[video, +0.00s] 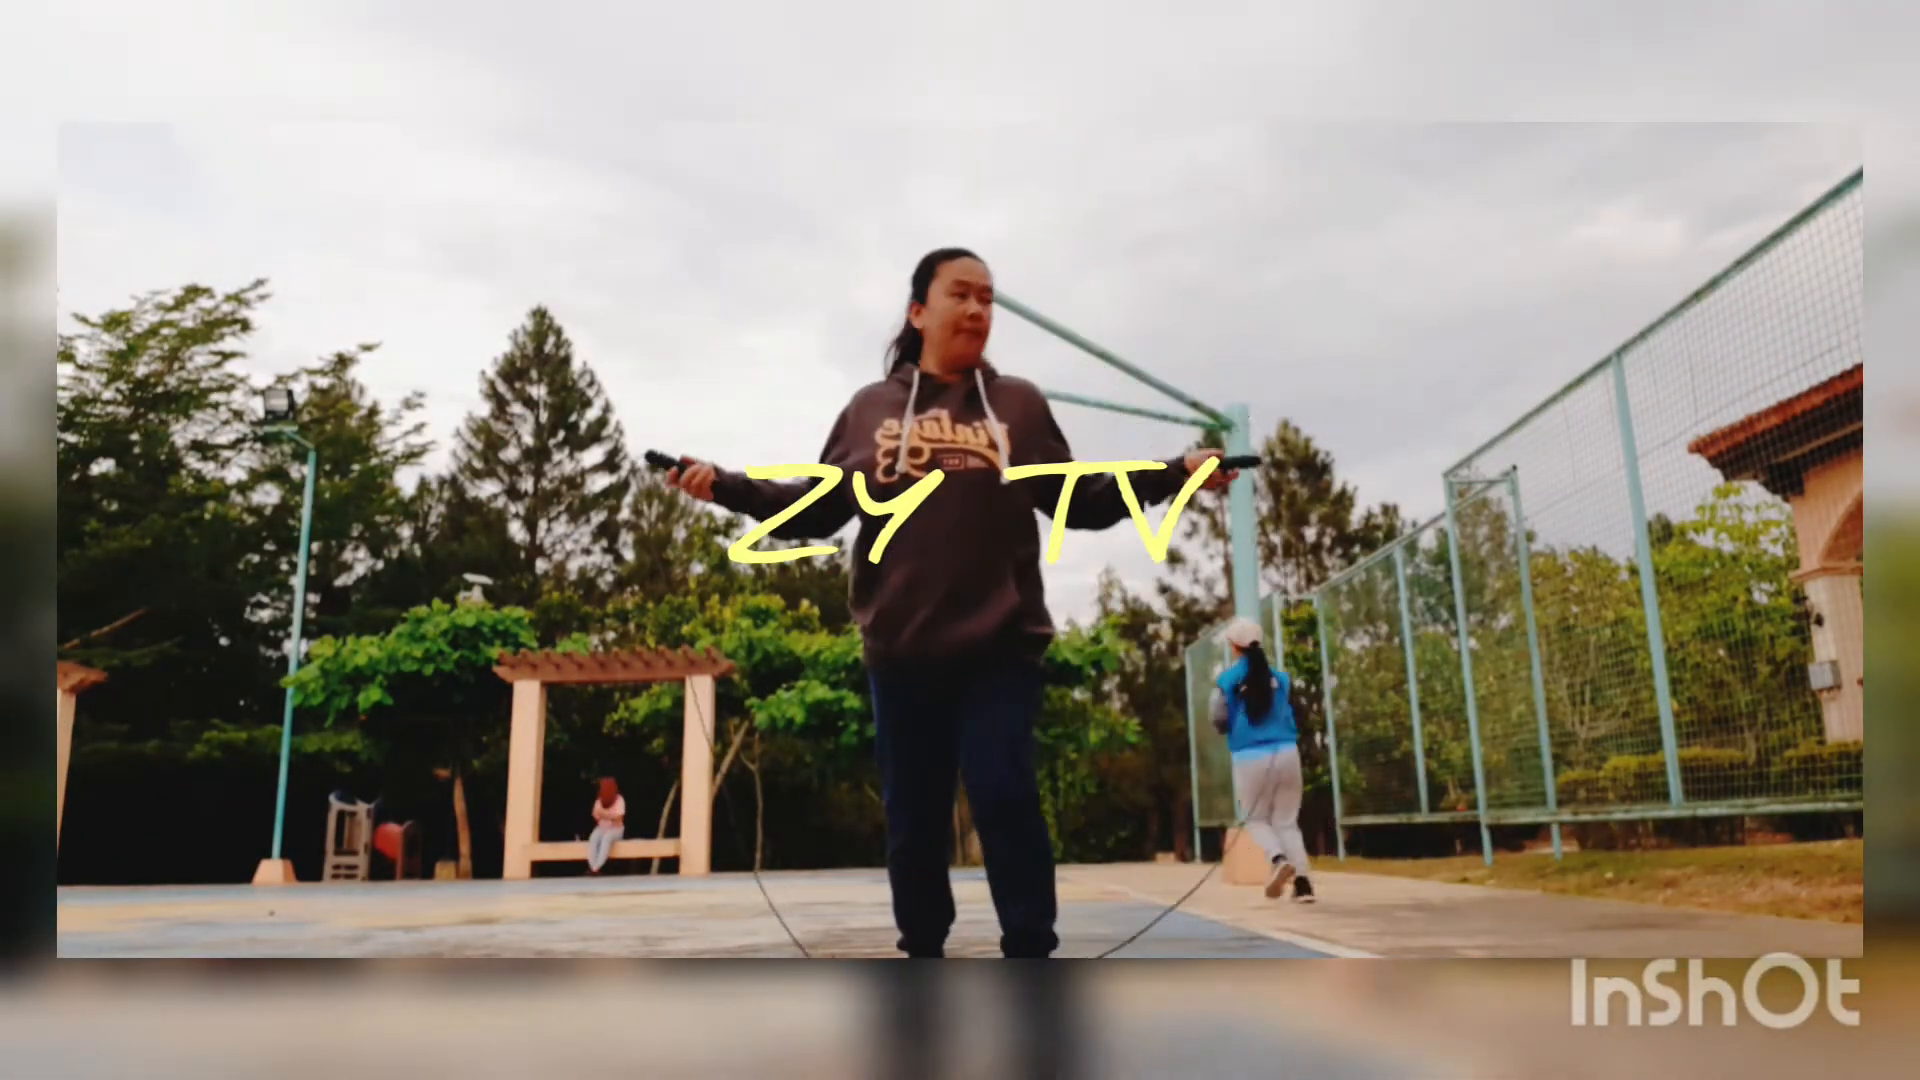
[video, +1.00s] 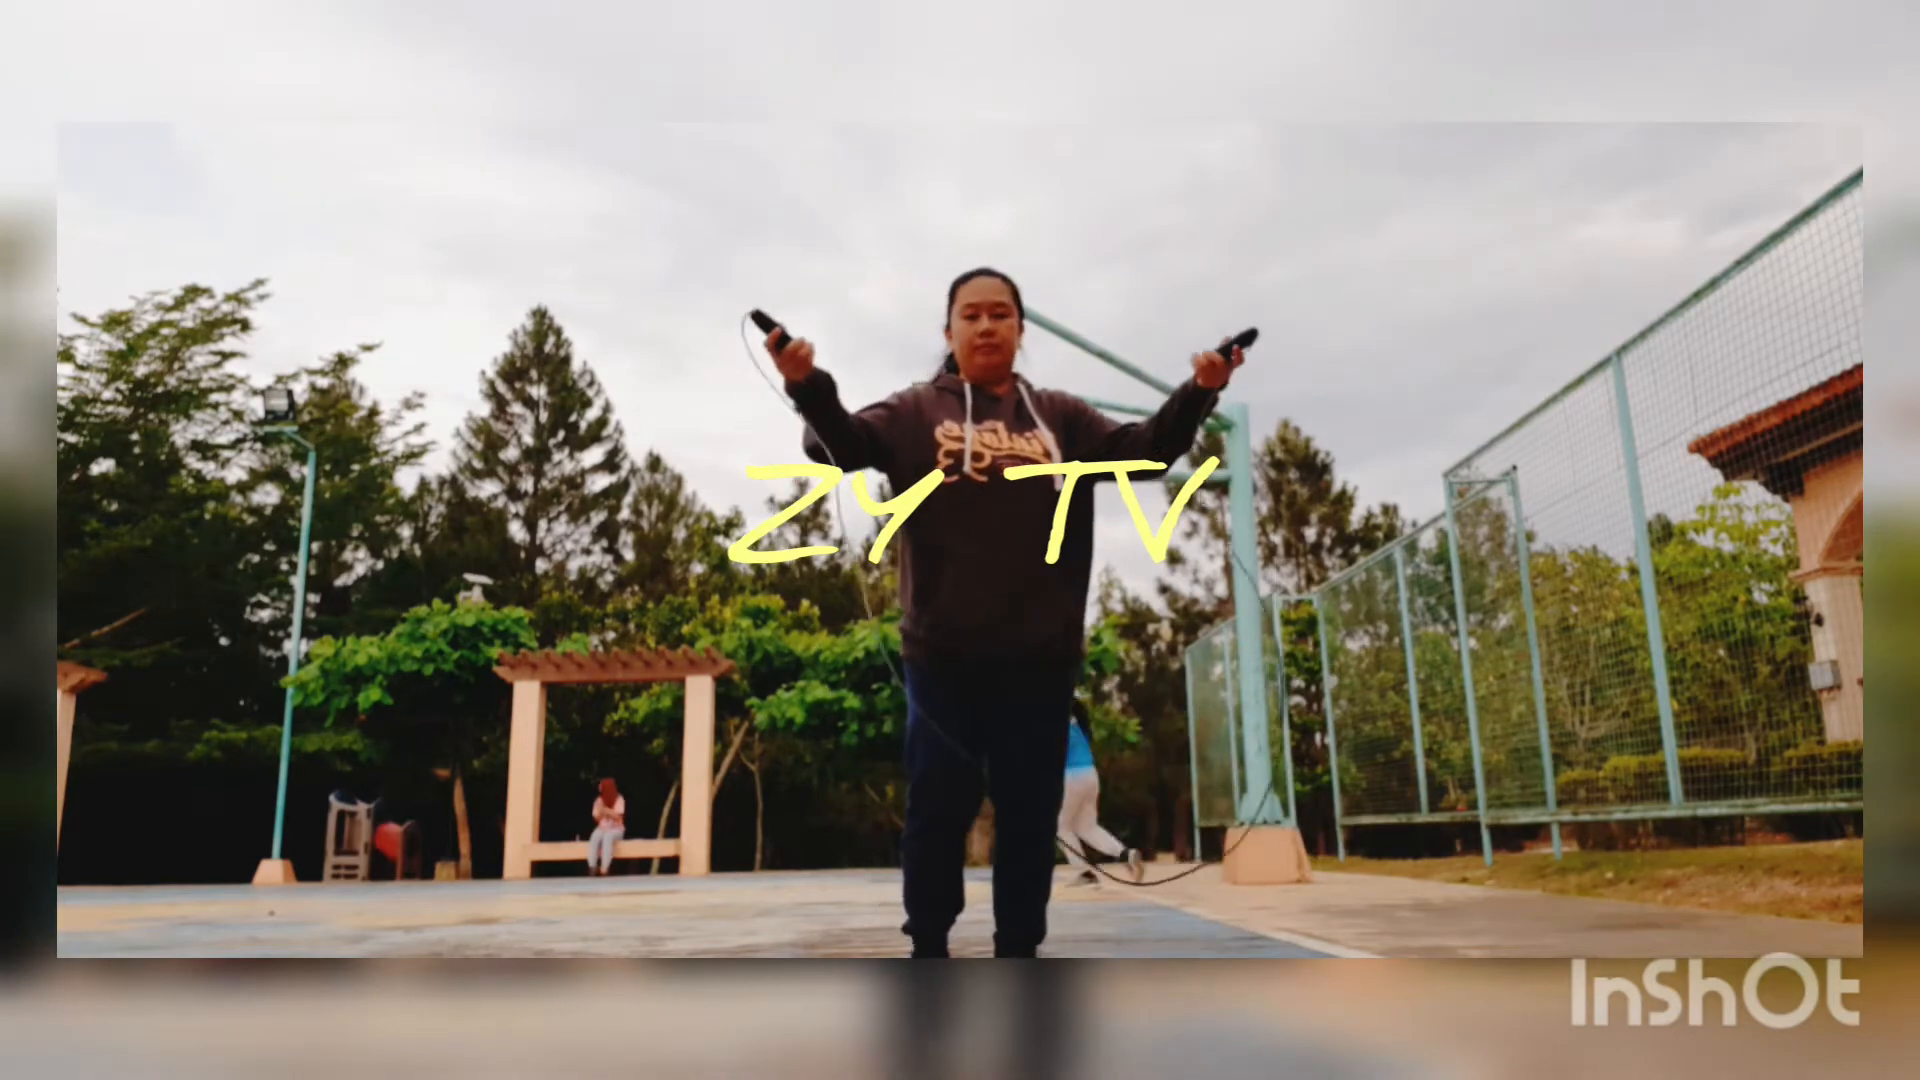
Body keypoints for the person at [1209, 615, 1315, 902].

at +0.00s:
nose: (1229, 649)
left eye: (1230, 645)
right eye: (1231, 645)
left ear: (1234, 648)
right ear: (1258, 645)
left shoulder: (1226, 680)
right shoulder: (1280, 677)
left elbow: (1218, 717)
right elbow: (1285, 707)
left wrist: (1232, 731)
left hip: (1250, 754)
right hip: (1287, 748)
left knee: (1254, 817)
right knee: (1287, 820)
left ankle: (1278, 860)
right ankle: (1301, 877)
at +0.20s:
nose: (1203, 648)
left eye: (1205, 643)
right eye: (1204, 643)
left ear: (1212, 645)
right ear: (1229, 643)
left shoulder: (1212, 675)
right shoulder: (1247, 667)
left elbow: (1209, 712)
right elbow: (1252, 706)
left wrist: (1197, 723)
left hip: (1226, 748)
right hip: (1258, 743)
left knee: (1234, 817)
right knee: (1271, 805)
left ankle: (1244, 874)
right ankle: (1297, 856)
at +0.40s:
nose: (1165, 664)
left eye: (1167, 660)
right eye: (1165, 659)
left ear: (1174, 662)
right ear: (1191, 660)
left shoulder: (1165, 691)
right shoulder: (1206, 685)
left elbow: (1156, 728)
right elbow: (1231, 719)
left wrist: (1162, 745)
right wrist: (1212, 735)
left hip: (1188, 759)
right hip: (1218, 755)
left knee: (1207, 818)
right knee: (1211, 816)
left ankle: (1236, 872)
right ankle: (1231, 869)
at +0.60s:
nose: (1137, 672)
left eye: (1138, 667)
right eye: (1137, 667)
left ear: (1146, 669)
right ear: (1161, 668)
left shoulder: (1134, 697)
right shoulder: (1177, 693)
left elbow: (1123, 729)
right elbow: (1196, 720)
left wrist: (1125, 712)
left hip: (1158, 761)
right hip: (1184, 757)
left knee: (1175, 820)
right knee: (1179, 819)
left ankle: (1212, 854)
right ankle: (1184, 872)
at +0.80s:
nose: (1090, 675)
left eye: (1093, 671)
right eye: (1091, 671)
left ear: (1103, 673)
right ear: (1109, 673)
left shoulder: (1105, 698)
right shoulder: (1123, 693)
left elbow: (1110, 731)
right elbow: (1124, 725)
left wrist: (1094, 740)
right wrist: (1094, 723)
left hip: (1118, 765)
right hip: (1141, 760)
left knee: (1107, 815)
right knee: (1149, 817)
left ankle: (1129, 865)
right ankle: (1178, 865)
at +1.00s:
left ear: (1057, 709)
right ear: (1072, 708)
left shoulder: (1058, 724)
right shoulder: (1078, 722)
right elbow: (1087, 744)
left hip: (1072, 775)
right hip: (1090, 772)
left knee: (1063, 827)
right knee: (1086, 827)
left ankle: (1085, 871)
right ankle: (1124, 853)